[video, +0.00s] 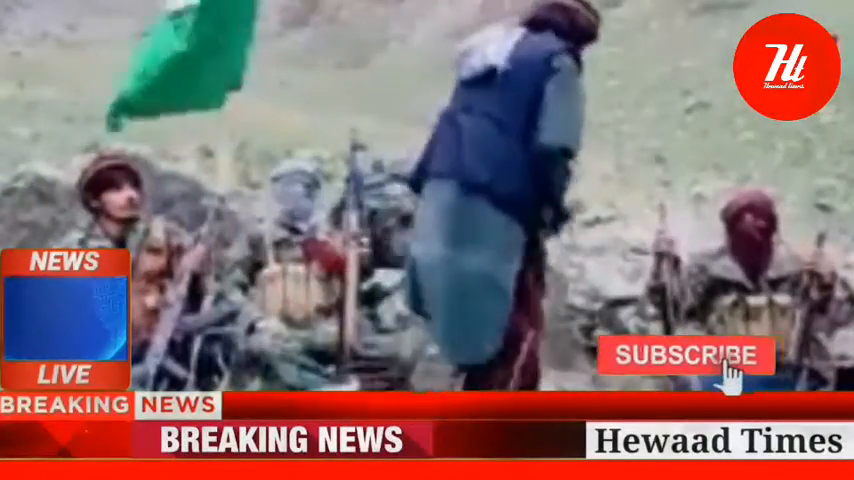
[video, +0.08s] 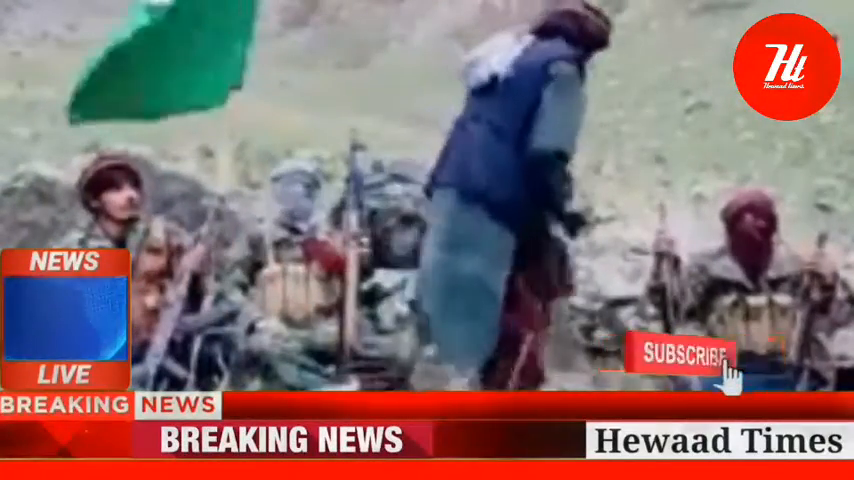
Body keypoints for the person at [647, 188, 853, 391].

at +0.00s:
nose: (761, 224)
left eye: (765, 218)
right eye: (752, 216)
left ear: (773, 225)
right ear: (732, 224)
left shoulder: (794, 268)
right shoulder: (704, 268)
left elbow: (836, 319)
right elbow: (675, 311)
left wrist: (826, 290)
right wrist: (665, 267)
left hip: (787, 376)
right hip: (720, 376)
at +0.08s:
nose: (758, 224)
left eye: (763, 217)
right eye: (749, 216)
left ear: (772, 225)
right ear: (731, 224)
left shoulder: (795, 268)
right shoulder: (704, 267)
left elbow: (837, 319)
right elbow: (675, 312)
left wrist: (829, 288)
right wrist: (665, 268)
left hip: (788, 375)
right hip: (724, 374)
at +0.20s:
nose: (754, 224)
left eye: (762, 216)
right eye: (745, 217)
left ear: (773, 226)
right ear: (730, 226)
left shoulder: (795, 269)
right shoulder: (704, 268)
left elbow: (836, 320)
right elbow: (675, 313)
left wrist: (829, 287)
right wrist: (665, 268)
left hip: (786, 376)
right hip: (720, 376)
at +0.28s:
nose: (755, 223)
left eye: (762, 216)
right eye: (746, 216)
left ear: (773, 226)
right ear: (730, 226)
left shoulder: (794, 267)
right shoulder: (705, 267)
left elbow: (836, 319)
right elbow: (675, 309)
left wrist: (828, 286)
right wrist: (665, 267)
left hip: (786, 372)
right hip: (721, 373)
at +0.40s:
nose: (756, 224)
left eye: (763, 217)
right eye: (747, 217)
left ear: (774, 226)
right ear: (731, 226)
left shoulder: (794, 267)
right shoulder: (705, 268)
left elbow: (833, 319)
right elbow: (674, 308)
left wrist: (829, 285)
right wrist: (664, 266)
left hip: (788, 376)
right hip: (723, 377)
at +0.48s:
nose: (757, 225)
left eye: (764, 217)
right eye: (747, 217)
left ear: (774, 226)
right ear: (732, 226)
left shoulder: (794, 267)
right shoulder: (706, 268)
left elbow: (834, 319)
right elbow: (675, 309)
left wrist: (829, 286)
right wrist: (664, 267)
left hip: (787, 377)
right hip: (723, 377)